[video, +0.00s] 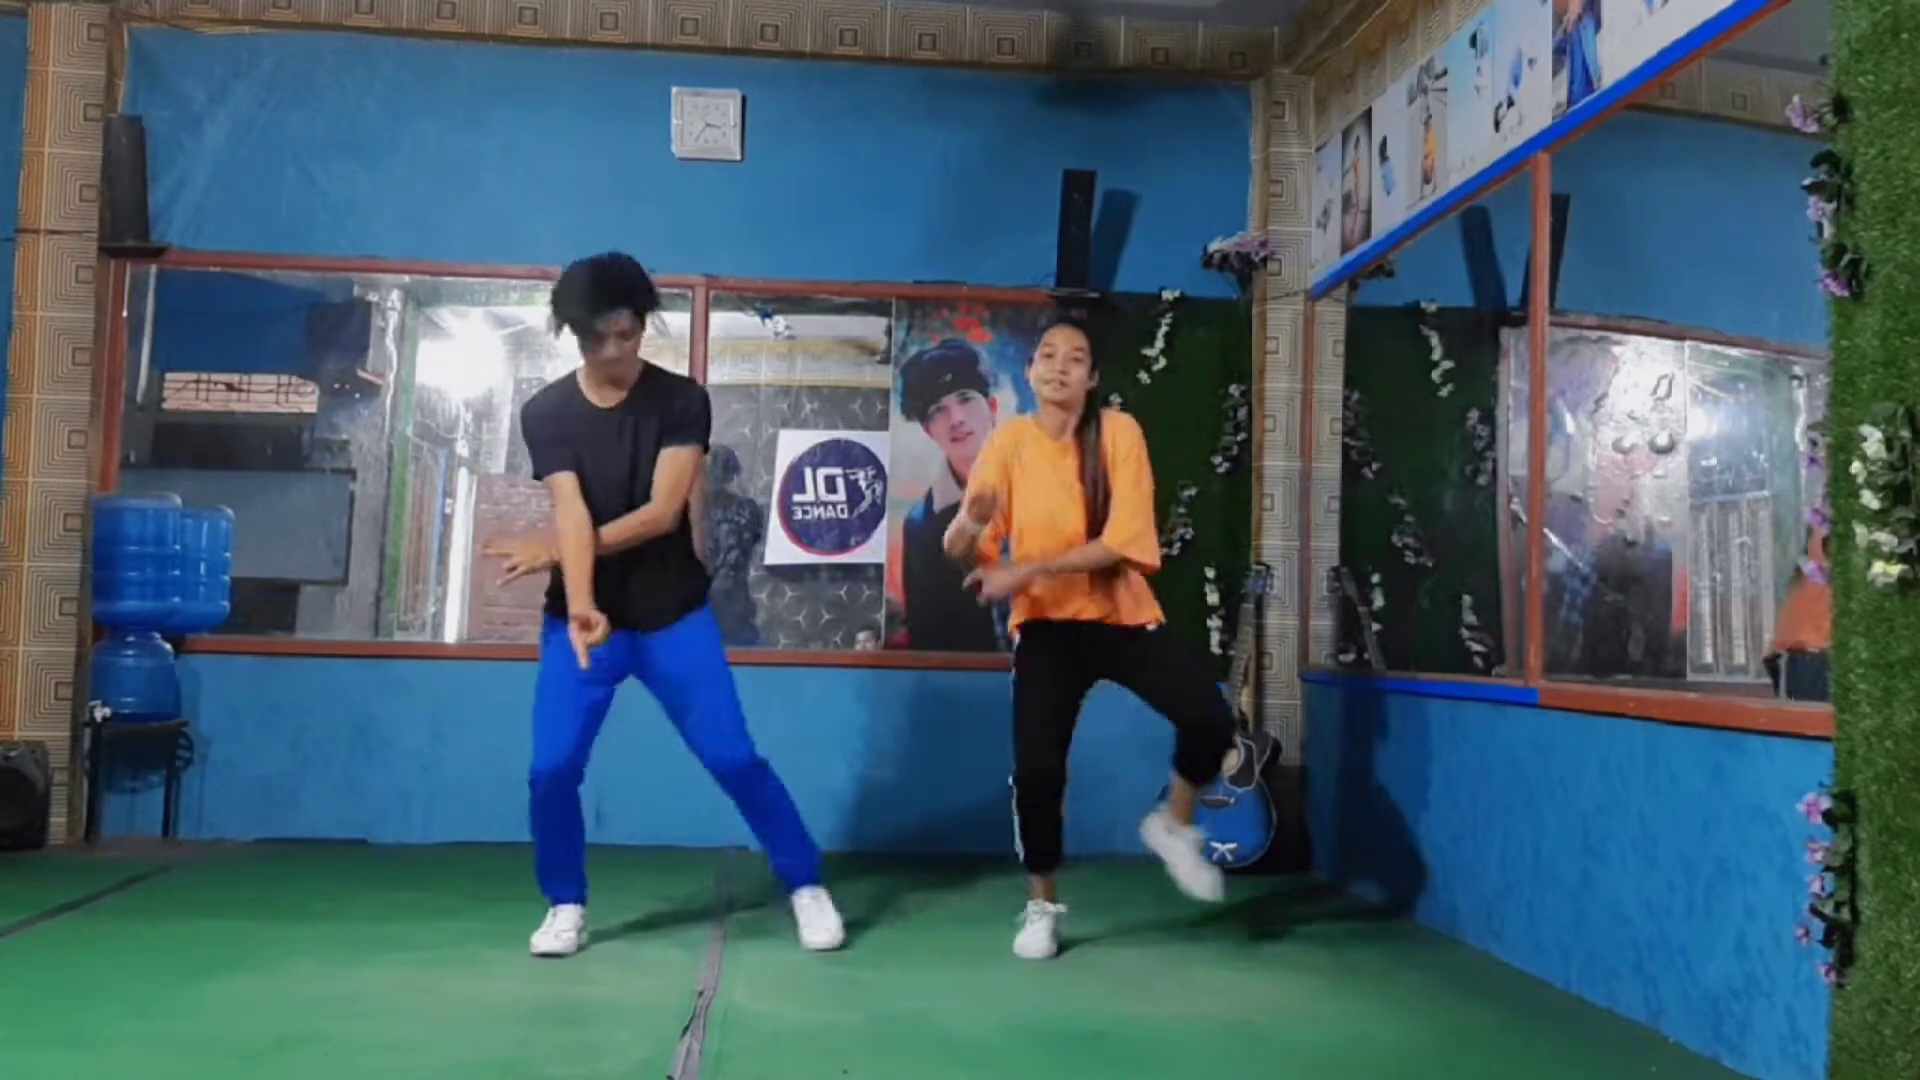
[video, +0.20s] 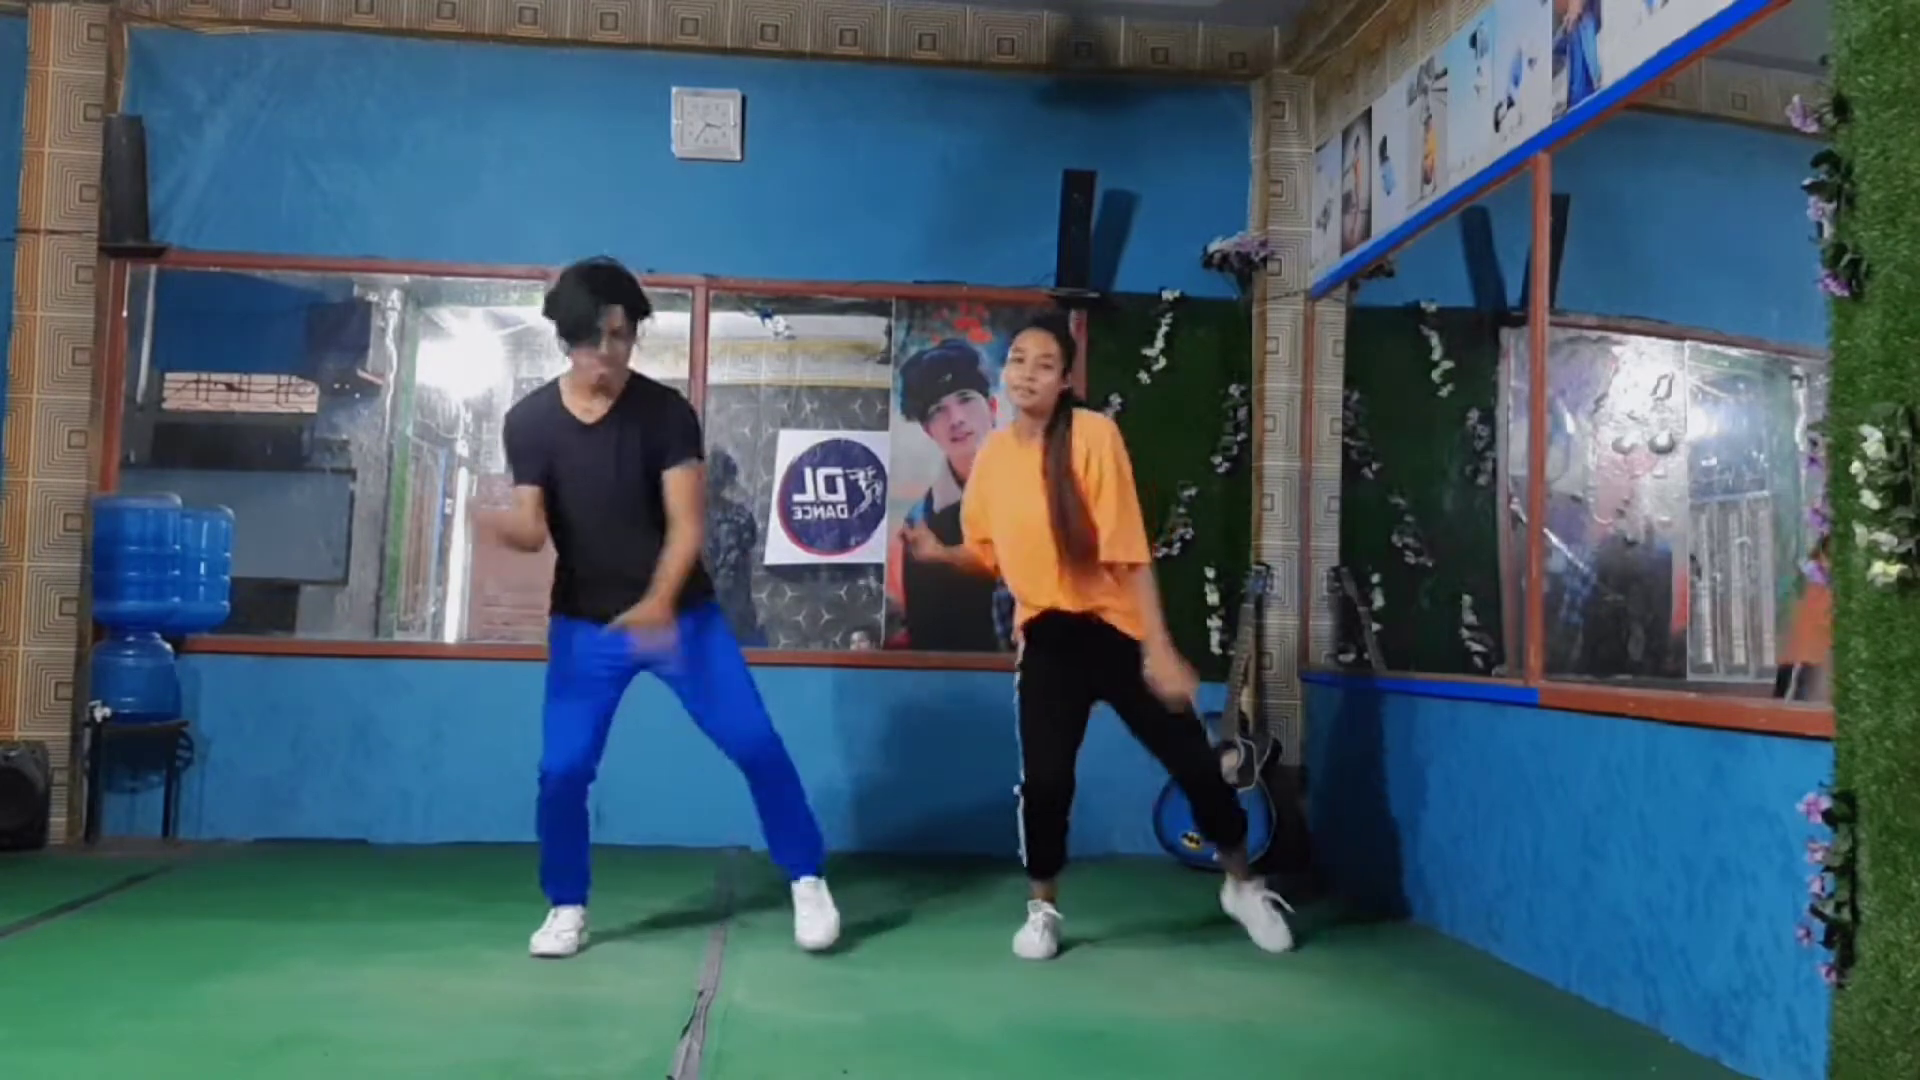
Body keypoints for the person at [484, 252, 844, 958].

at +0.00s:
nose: (621, 349)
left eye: (631, 333)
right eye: (607, 337)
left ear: (645, 325)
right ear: (579, 334)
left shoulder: (680, 400)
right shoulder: (548, 412)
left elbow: (664, 512)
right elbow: (571, 515)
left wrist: (559, 549)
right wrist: (580, 606)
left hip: (674, 617)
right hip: (582, 617)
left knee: (732, 759)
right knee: (550, 769)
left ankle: (806, 888)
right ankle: (565, 905)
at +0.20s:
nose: (610, 353)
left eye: (621, 337)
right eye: (594, 339)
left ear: (635, 334)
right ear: (565, 339)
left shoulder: (666, 412)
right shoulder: (530, 421)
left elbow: (689, 524)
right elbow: (533, 533)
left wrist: (657, 600)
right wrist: (506, 524)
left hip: (681, 615)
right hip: (585, 626)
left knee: (757, 745)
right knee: (561, 772)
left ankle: (808, 881)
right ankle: (566, 906)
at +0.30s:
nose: (623, 317)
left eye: (634, 303)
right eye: (608, 304)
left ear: (648, 313)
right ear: (579, 313)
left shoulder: (681, 393)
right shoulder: (549, 389)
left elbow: (732, 490)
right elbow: (509, 470)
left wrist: (742, 461)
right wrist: (550, 392)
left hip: (672, 589)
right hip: (581, 598)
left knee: (736, 683)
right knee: (552, 752)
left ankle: (777, 827)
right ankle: (565, 904)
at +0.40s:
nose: (634, 277)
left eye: (644, 262)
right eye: (617, 264)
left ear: (662, 271)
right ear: (591, 276)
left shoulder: (697, 347)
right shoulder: (563, 354)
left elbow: (755, 438)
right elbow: (527, 448)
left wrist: (718, 447)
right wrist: (596, 445)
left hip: (674, 535)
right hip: (586, 547)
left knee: (716, 603)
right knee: (562, 694)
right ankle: (566, 853)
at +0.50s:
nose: (632, 261)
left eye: (644, 246)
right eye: (616, 248)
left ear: (663, 257)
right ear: (593, 263)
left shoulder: (703, 342)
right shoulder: (564, 350)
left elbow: (735, 443)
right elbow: (536, 453)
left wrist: (733, 536)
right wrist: (523, 529)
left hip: (678, 528)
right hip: (592, 523)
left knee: (694, 670)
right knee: (548, 591)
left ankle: (662, 832)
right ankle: (583, 713)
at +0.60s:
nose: (640, 275)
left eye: (652, 260)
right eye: (623, 262)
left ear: (672, 271)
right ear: (599, 277)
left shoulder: (710, 363)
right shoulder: (572, 369)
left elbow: (735, 471)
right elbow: (532, 469)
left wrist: (737, 570)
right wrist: (491, 548)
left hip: (674, 562)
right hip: (588, 550)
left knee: (664, 737)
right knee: (536, 631)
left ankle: (650, 890)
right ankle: (579, 756)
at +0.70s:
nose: (647, 292)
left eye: (659, 276)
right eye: (631, 279)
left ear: (678, 286)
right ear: (605, 291)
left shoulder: (716, 380)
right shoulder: (576, 380)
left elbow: (738, 480)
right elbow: (539, 468)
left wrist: (741, 580)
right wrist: (508, 553)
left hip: (678, 598)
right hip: (584, 589)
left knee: (671, 751)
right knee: (550, 720)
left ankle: (654, 899)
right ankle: (547, 861)